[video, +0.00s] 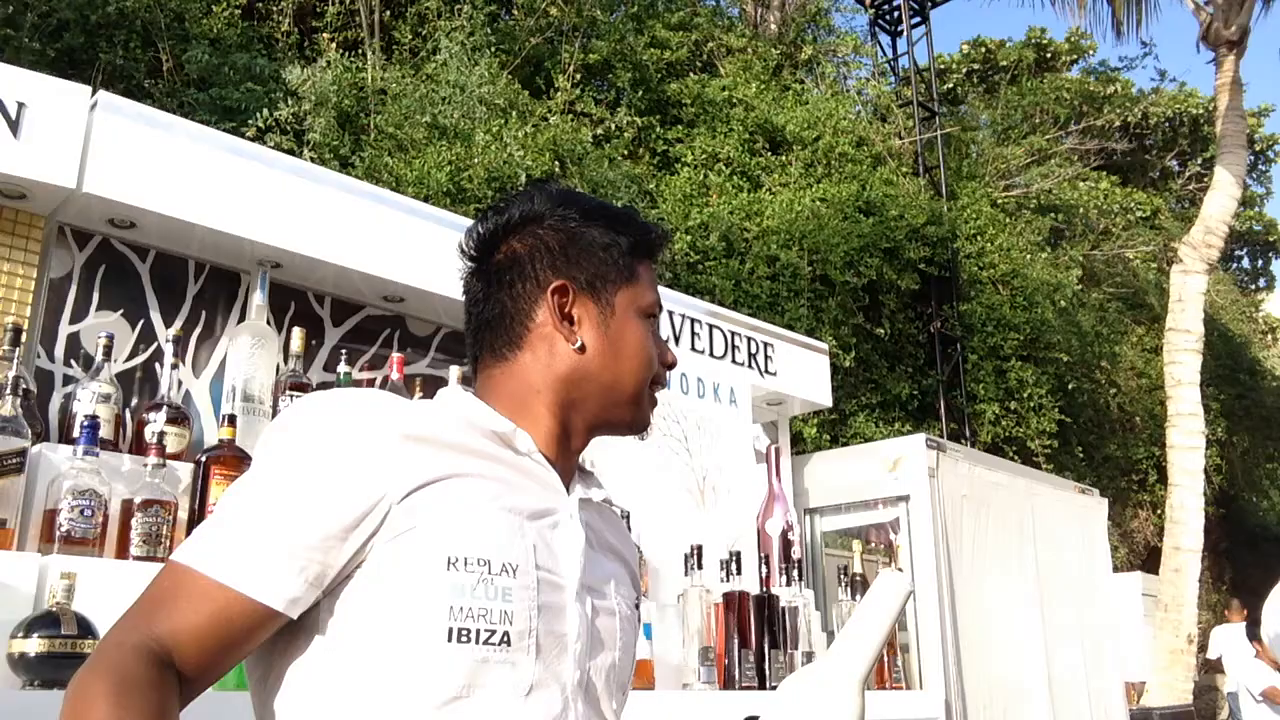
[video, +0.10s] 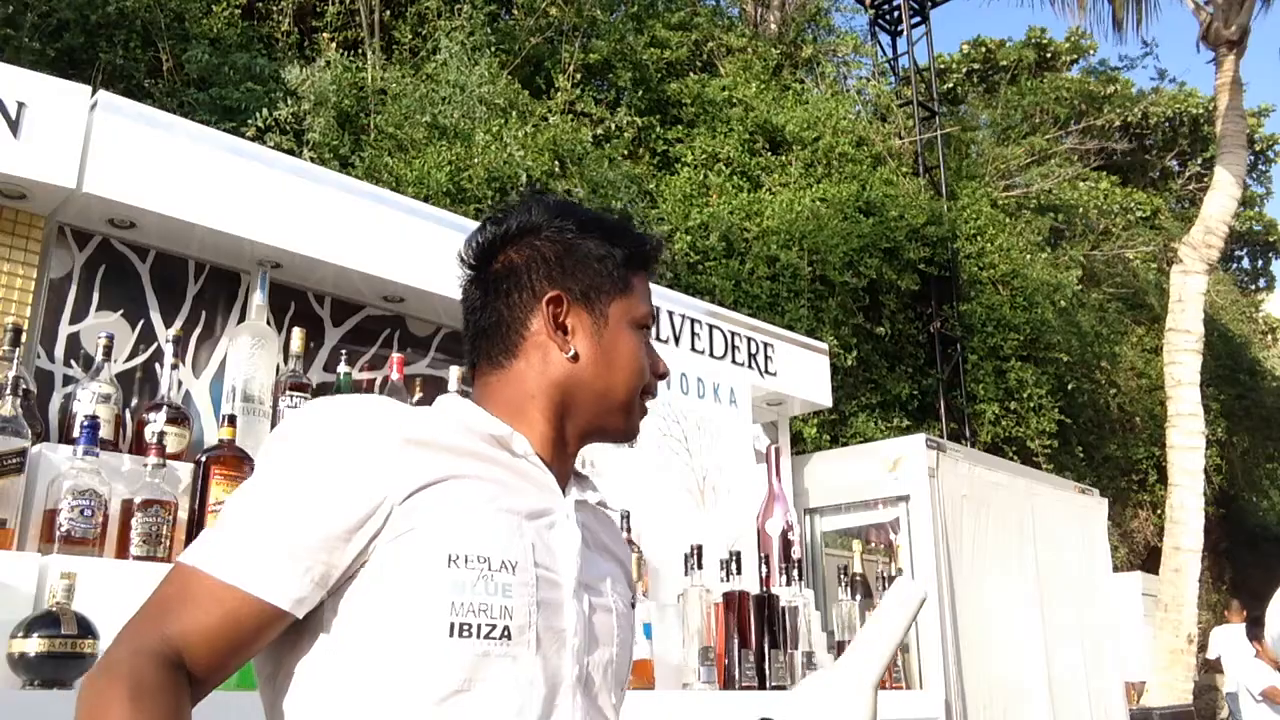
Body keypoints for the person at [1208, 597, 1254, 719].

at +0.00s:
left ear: (1225, 613)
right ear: (1245, 612)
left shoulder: (1218, 631)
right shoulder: (1252, 628)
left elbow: (1212, 661)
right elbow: (1261, 655)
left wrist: (1229, 668)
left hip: (1232, 686)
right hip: (1254, 683)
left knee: (1238, 716)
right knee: (1253, 714)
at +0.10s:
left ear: (1225, 613)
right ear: (1245, 613)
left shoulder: (1217, 632)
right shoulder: (1252, 629)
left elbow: (1211, 660)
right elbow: (1261, 654)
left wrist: (1227, 668)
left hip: (1231, 687)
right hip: (1253, 685)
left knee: (1238, 716)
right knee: (1253, 715)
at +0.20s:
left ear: (1225, 614)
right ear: (1244, 613)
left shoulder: (1217, 631)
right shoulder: (1250, 629)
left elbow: (1211, 658)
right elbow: (1259, 654)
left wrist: (1224, 670)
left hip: (1230, 687)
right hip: (1253, 685)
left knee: (1235, 716)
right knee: (1252, 715)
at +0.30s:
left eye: (1224, 611)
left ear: (1223, 613)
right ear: (1242, 613)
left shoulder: (1216, 631)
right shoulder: (1248, 628)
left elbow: (1209, 657)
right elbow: (1256, 653)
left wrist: (1223, 669)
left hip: (1228, 683)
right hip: (1250, 681)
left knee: (1229, 714)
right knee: (1249, 713)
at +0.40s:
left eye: (1223, 611)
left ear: (1221, 613)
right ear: (1240, 613)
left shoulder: (1215, 631)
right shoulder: (1247, 628)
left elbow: (1207, 656)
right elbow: (1254, 652)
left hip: (1226, 681)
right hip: (1247, 679)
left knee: (1227, 714)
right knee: (1247, 713)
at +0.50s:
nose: (1221, 615)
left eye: (1222, 613)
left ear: (1220, 615)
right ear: (1237, 615)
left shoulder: (1214, 633)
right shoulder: (1246, 630)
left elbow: (1205, 659)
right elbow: (1253, 653)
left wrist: (1218, 668)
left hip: (1224, 683)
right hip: (1245, 682)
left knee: (1226, 714)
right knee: (1245, 714)